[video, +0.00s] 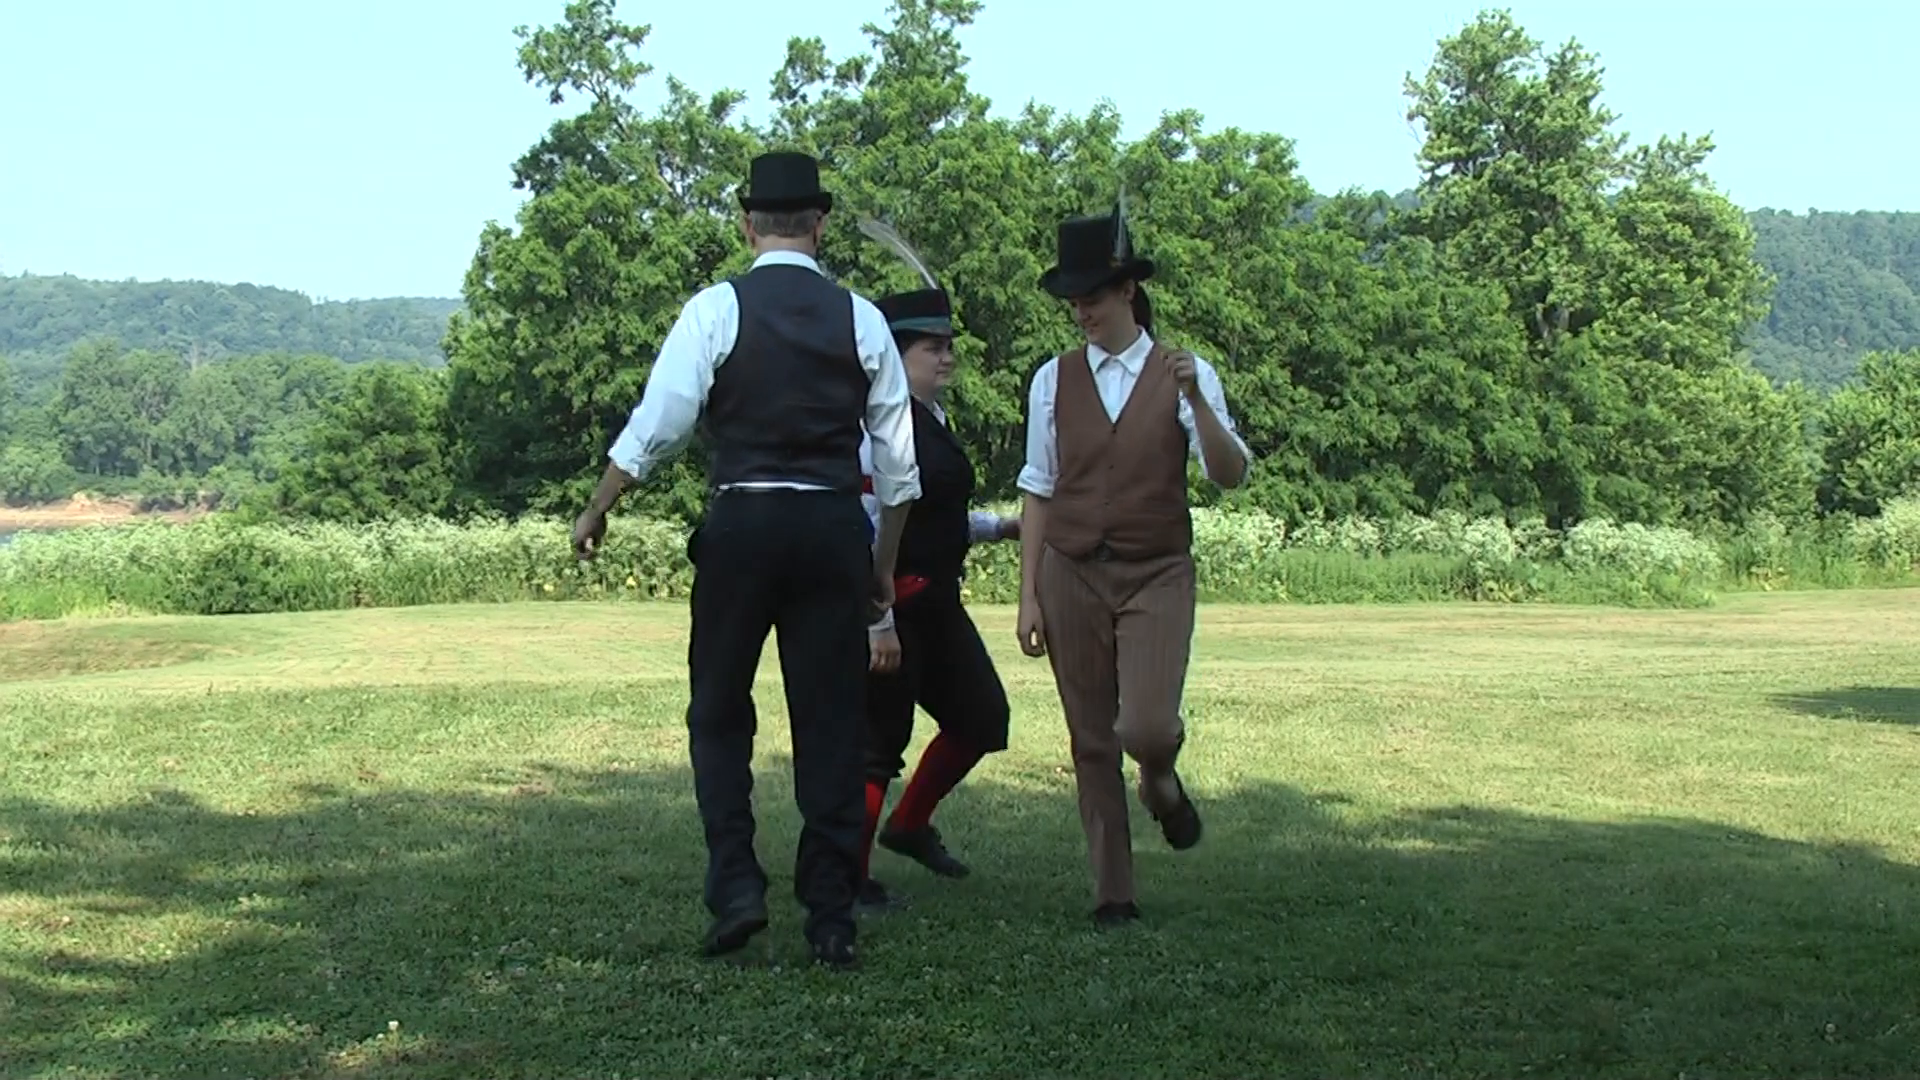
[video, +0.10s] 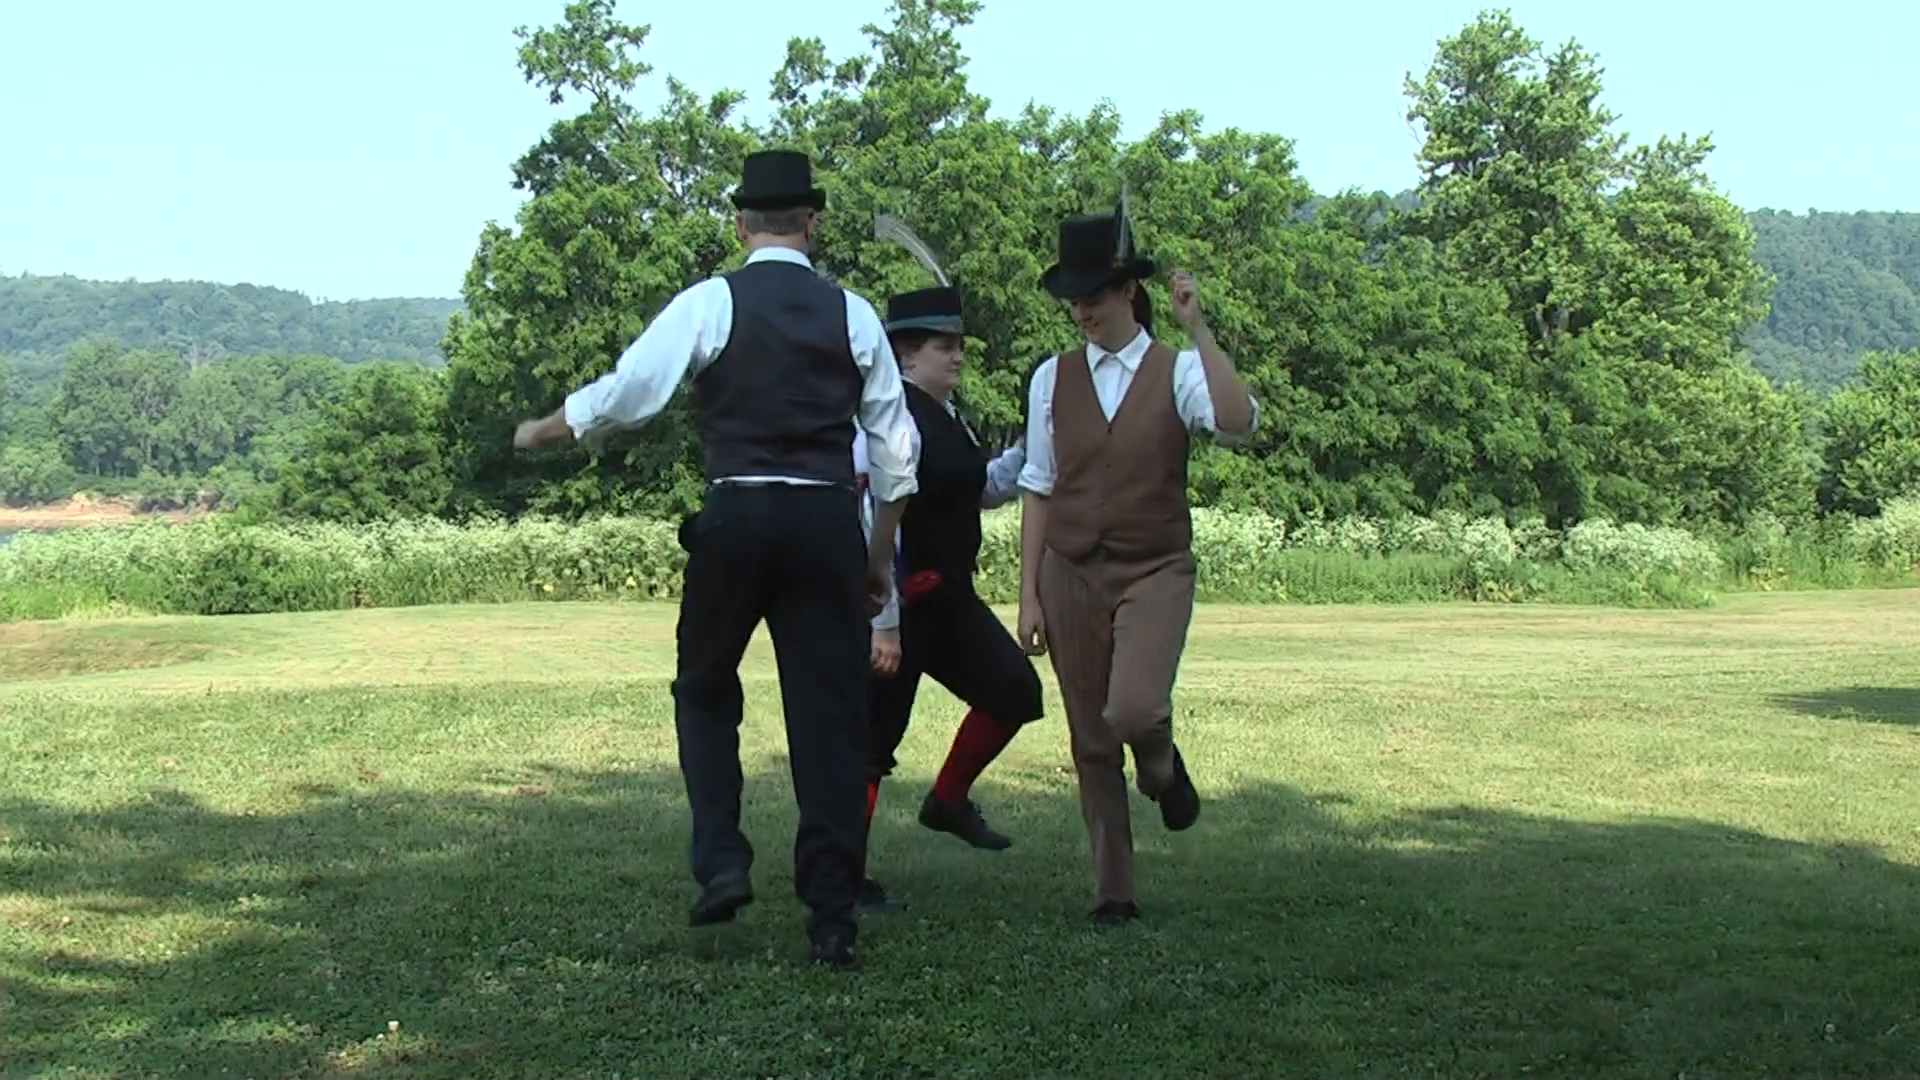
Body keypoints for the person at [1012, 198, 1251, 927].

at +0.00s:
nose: (1084, 312)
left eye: (1094, 298)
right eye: (1075, 302)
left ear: (1131, 290)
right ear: (1069, 306)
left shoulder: (1187, 372)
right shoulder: (1052, 380)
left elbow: (1230, 475)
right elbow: (1036, 491)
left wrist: (1197, 404)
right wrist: (1029, 592)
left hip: (1158, 574)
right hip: (1069, 574)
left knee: (1150, 732)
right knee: (1093, 743)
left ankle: (1161, 792)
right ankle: (1113, 896)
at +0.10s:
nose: (1083, 311)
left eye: (1096, 296)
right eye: (1074, 301)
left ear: (1132, 291)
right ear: (1068, 304)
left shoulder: (1178, 368)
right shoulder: (1050, 379)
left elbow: (1236, 420)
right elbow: (1037, 491)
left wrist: (1197, 328)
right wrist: (1028, 592)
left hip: (1156, 569)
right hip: (1069, 571)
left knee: (1131, 715)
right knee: (1091, 743)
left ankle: (1159, 769)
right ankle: (1114, 894)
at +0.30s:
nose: (1081, 308)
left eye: (1094, 293)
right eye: (1074, 295)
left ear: (1134, 291)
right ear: (1067, 297)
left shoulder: (1175, 363)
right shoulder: (1056, 371)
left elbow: (1215, 296)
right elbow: (1037, 485)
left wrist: (1192, 198)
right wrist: (1026, 586)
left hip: (1148, 577)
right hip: (1068, 578)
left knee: (1115, 749)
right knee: (1083, 751)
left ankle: (1142, 908)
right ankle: (1116, 899)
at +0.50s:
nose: (1066, 295)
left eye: (1077, 282)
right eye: (1063, 284)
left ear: (1117, 281)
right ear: (1071, 290)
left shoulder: (1147, 351)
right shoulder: (1063, 370)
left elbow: (1150, 263)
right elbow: (1044, 482)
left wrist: (1144, 152)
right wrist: (1018, 567)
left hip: (1136, 577)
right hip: (1061, 580)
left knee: (1119, 756)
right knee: (1019, 716)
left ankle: (1136, 916)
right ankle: (1112, 803)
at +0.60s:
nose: (1058, 262)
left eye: (1066, 250)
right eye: (1053, 252)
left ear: (1102, 244)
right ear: (1061, 256)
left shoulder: (1136, 311)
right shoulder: (1061, 329)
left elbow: (1124, 220)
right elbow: (1057, 437)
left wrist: (1102, 112)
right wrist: (1029, 530)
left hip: (1120, 536)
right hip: (1045, 533)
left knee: (1122, 715)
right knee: (1003, 672)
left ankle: (1147, 891)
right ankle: (1113, 739)